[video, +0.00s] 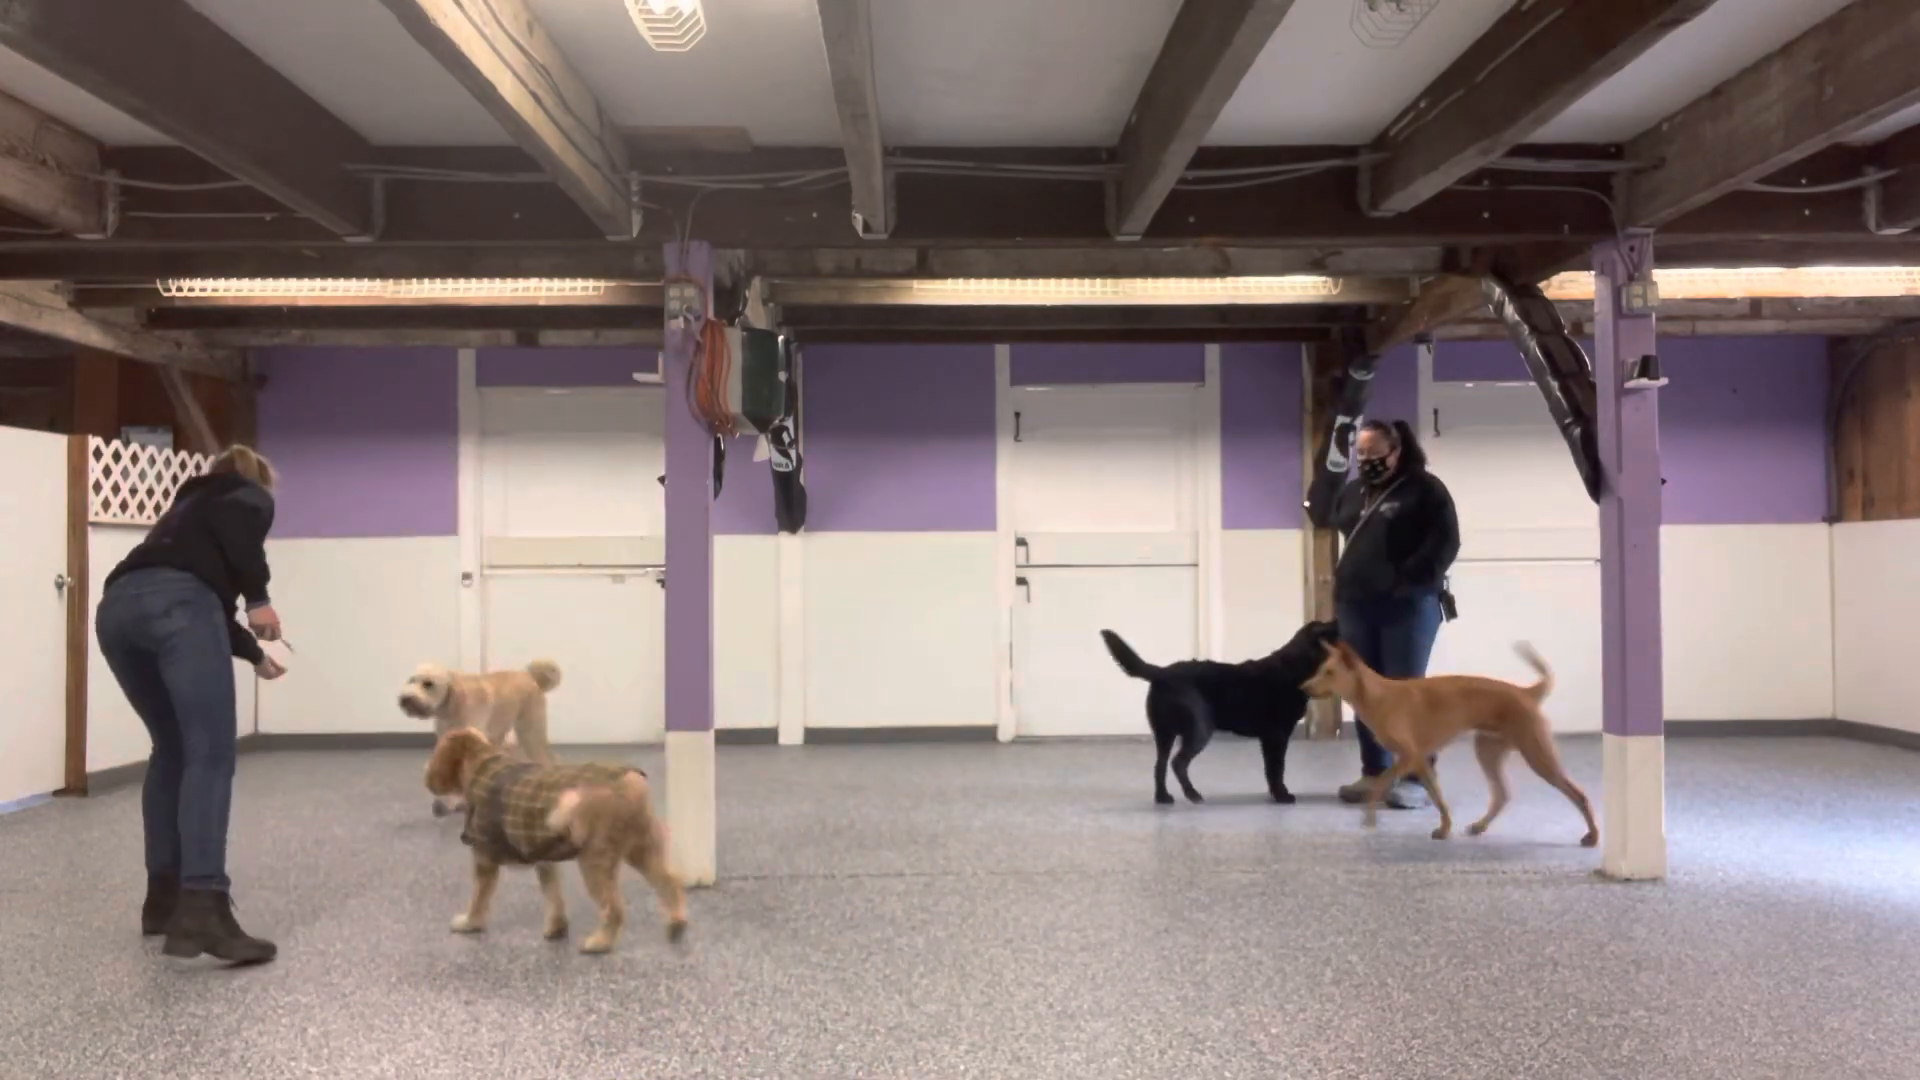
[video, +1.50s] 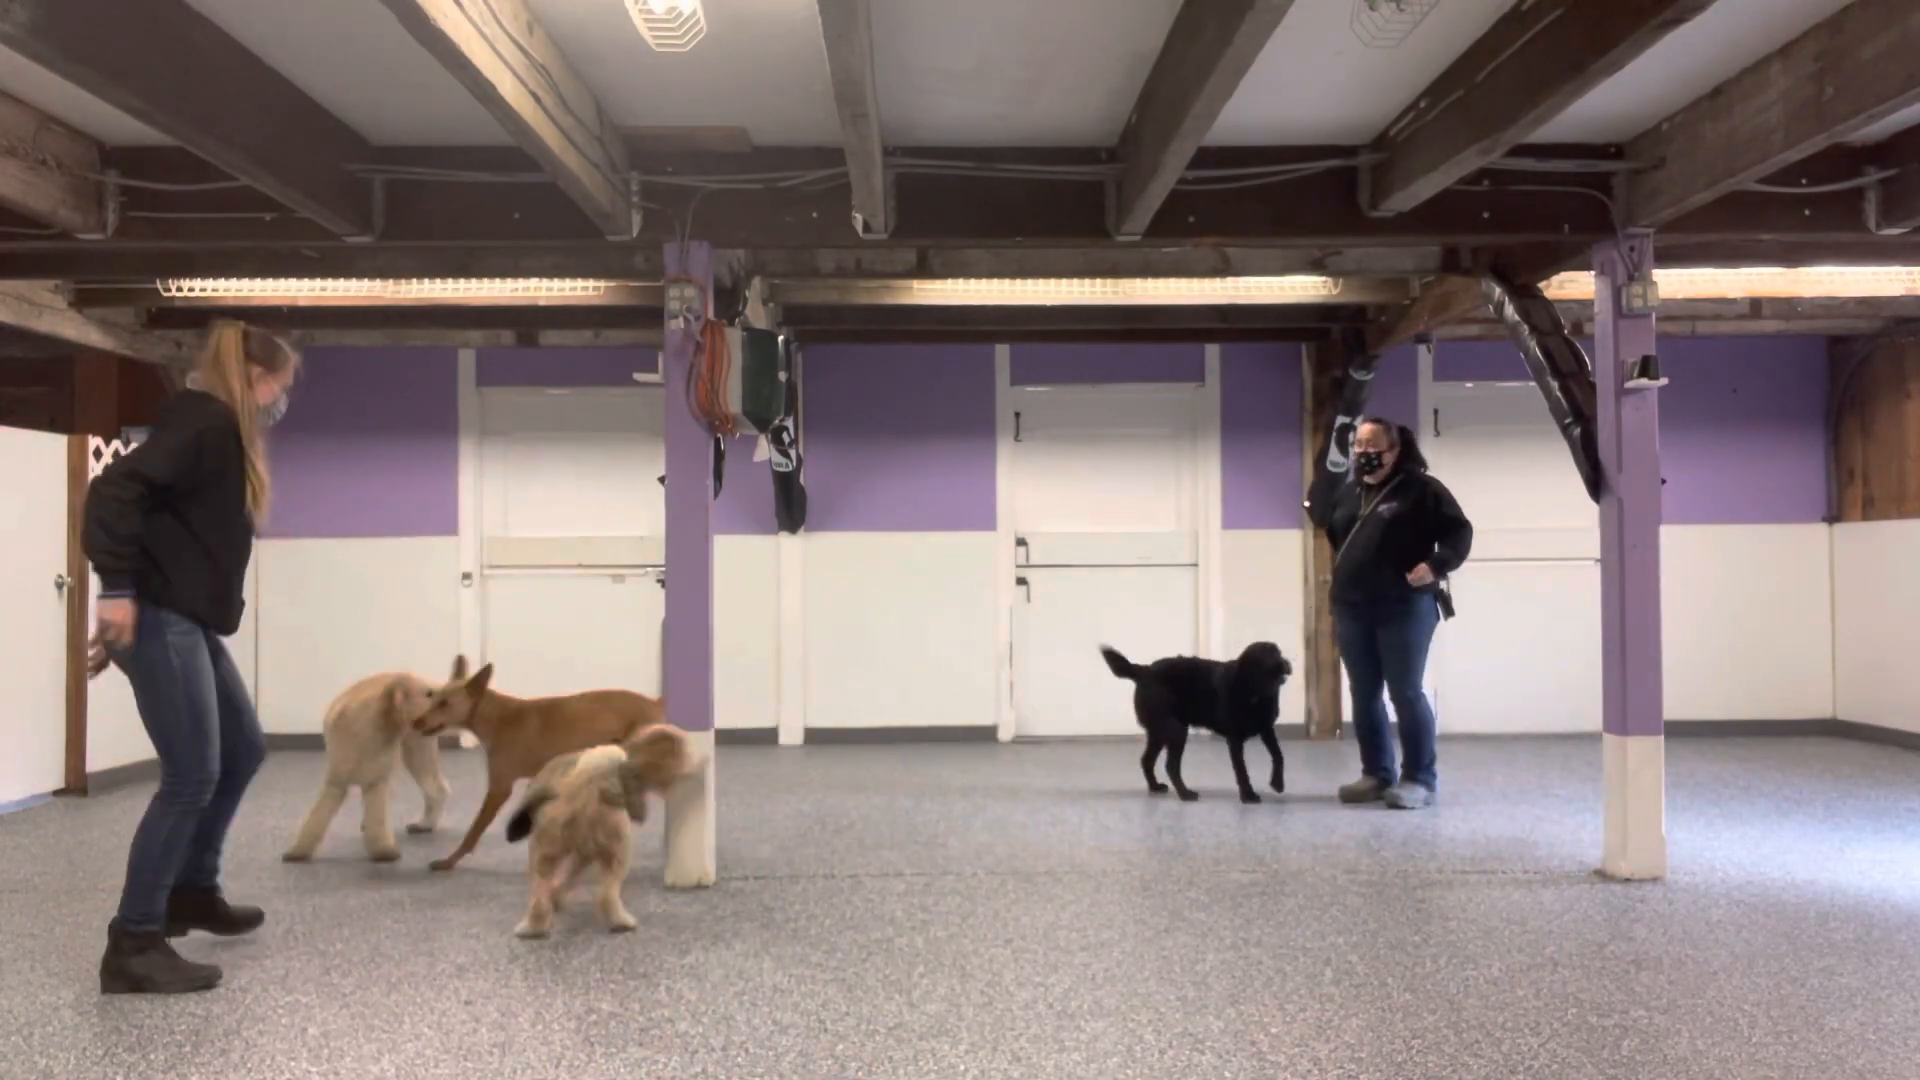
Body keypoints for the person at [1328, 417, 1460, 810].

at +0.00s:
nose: (1367, 463)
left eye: (1374, 454)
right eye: (1362, 456)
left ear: (1396, 449)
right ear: (1357, 456)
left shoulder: (1426, 488)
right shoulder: (1358, 491)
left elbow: (1447, 541)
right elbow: (1323, 511)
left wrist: (1412, 580)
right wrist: (1333, 465)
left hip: (1409, 602)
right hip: (1356, 601)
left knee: (1405, 691)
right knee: (1364, 692)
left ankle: (1414, 779)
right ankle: (1375, 775)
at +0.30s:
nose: (1361, 465)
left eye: (1367, 456)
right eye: (1354, 458)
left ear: (1389, 448)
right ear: (1350, 458)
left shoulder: (1421, 486)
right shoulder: (1352, 493)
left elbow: (1447, 537)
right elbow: (1319, 512)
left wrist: (1411, 580)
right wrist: (1331, 466)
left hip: (1410, 600)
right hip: (1357, 601)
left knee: (1408, 689)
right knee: (1369, 692)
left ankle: (1419, 780)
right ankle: (1378, 777)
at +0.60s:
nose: (1360, 461)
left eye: (1367, 452)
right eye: (1354, 454)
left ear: (1391, 447)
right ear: (1350, 456)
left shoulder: (1422, 487)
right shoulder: (1352, 492)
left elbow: (1450, 535)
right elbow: (1328, 521)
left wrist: (1410, 575)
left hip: (1407, 602)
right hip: (1356, 603)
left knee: (1409, 690)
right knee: (1368, 691)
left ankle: (1419, 781)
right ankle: (1377, 774)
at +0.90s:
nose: (1364, 448)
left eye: (1373, 441)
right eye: (1359, 442)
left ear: (1396, 445)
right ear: (1353, 449)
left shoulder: (1421, 485)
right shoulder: (1353, 489)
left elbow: (1450, 535)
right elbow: (1325, 516)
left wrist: (1412, 574)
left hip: (1406, 600)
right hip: (1356, 601)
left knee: (1410, 691)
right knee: (1368, 691)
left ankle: (1419, 781)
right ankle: (1378, 775)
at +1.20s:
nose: (1365, 449)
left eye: (1373, 443)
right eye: (1360, 443)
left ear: (1396, 447)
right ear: (1353, 449)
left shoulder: (1422, 486)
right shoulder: (1352, 490)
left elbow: (1452, 535)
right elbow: (1335, 529)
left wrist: (1415, 574)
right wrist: (1320, 507)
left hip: (1406, 601)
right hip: (1355, 602)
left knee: (1409, 691)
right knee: (1368, 691)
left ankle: (1420, 781)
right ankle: (1377, 775)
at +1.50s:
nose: (1365, 453)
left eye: (1373, 446)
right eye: (1359, 447)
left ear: (1395, 449)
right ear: (1352, 451)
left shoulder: (1421, 488)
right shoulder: (1350, 492)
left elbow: (1460, 532)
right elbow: (1335, 532)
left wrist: (1435, 565)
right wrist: (1320, 510)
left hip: (1405, 603)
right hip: (1352, 605)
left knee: (1406, 692)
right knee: (1365, 695)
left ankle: (1419, 781)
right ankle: (1378, 775)